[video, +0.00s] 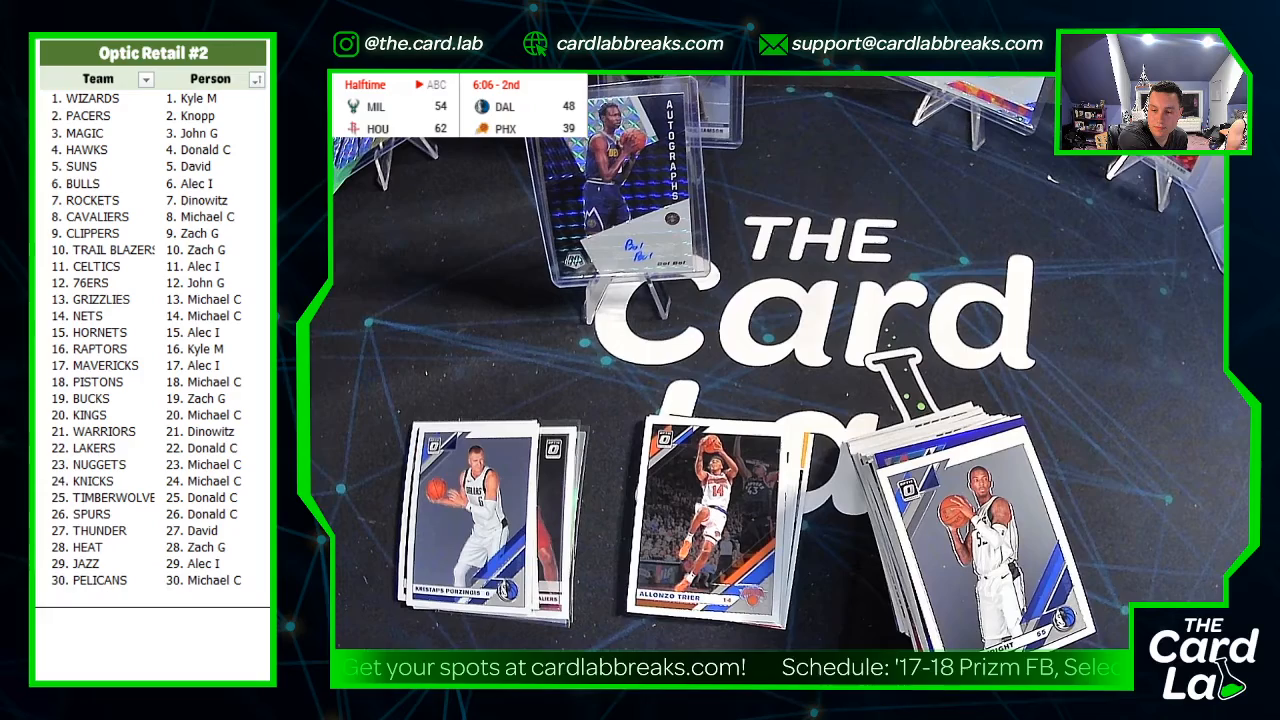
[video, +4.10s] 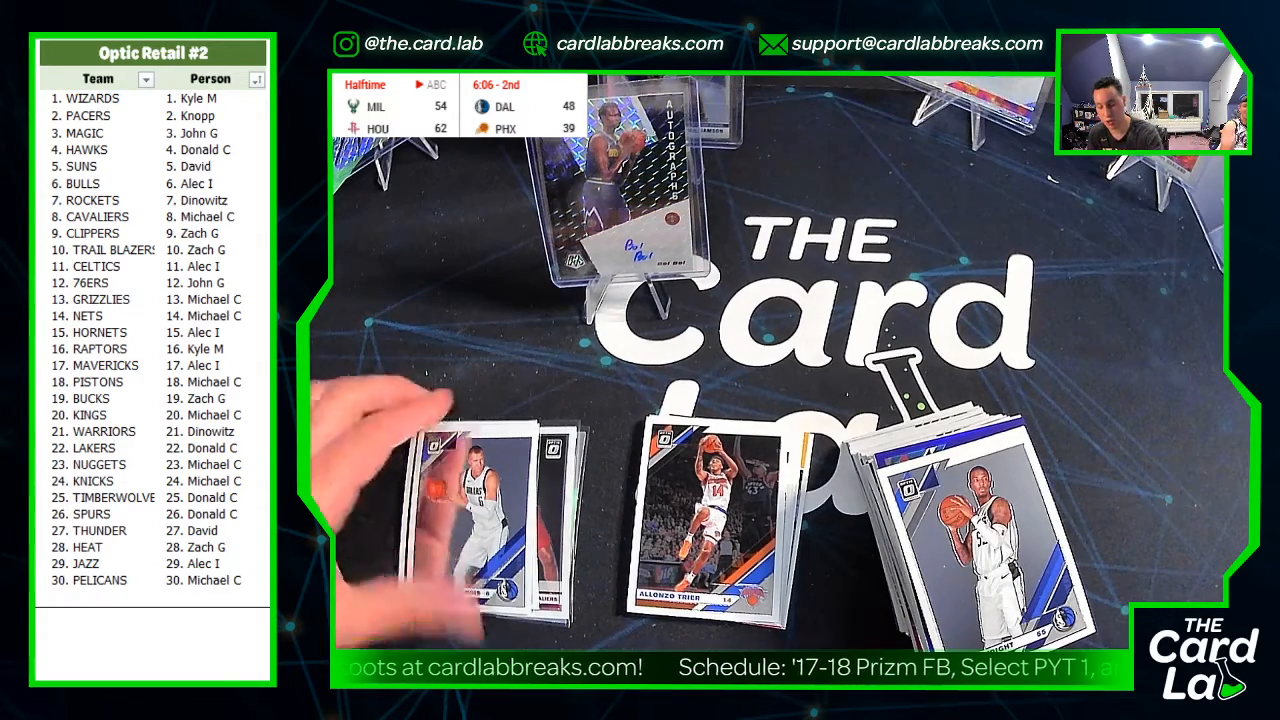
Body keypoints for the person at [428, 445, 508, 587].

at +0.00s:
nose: (479, 464)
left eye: (481, 460)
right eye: (475, 460)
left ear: (484, 460)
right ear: (469, 461)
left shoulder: (491, 476)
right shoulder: (464, 476)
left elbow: (488, 512)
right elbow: (464, 503)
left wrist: (466, 504)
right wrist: (439, 500)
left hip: (496, 531)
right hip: (478, 531)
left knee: (495, 573)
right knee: (459, 571)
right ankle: (460, 606)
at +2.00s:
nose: (480, 463)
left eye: (481, 460)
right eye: (475, 460)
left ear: (484, 459)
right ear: (469, 461)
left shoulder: (491, 476)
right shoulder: (464, 476)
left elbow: (488, 511)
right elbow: (464, 503)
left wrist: (465, 504)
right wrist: (439, 500)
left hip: (496, 531)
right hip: (478, 531)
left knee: (495, 572)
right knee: (459, 571)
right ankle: (460, 606)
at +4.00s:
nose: (479, 464)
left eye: (481, 460)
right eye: (475, 460)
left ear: (484, 460)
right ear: (468, 462)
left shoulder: (491, 477)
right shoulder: (464, 476)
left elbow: (488, 510)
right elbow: (463, 502)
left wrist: (464, 503)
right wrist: (439, 500)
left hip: (497, 530)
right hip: (478, 531)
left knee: (494, 572)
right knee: (460, 570)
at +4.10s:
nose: (479, 464)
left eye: (481, 460)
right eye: (475, 461)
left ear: (484, 460)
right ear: (469, 461)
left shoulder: (491, 477)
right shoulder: (464, 476)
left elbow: (489, 510)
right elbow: (464, 501)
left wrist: (465, 504)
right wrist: (444, 499)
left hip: (496, 531)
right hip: (478, 531)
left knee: (494, 573)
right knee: (459, 572)